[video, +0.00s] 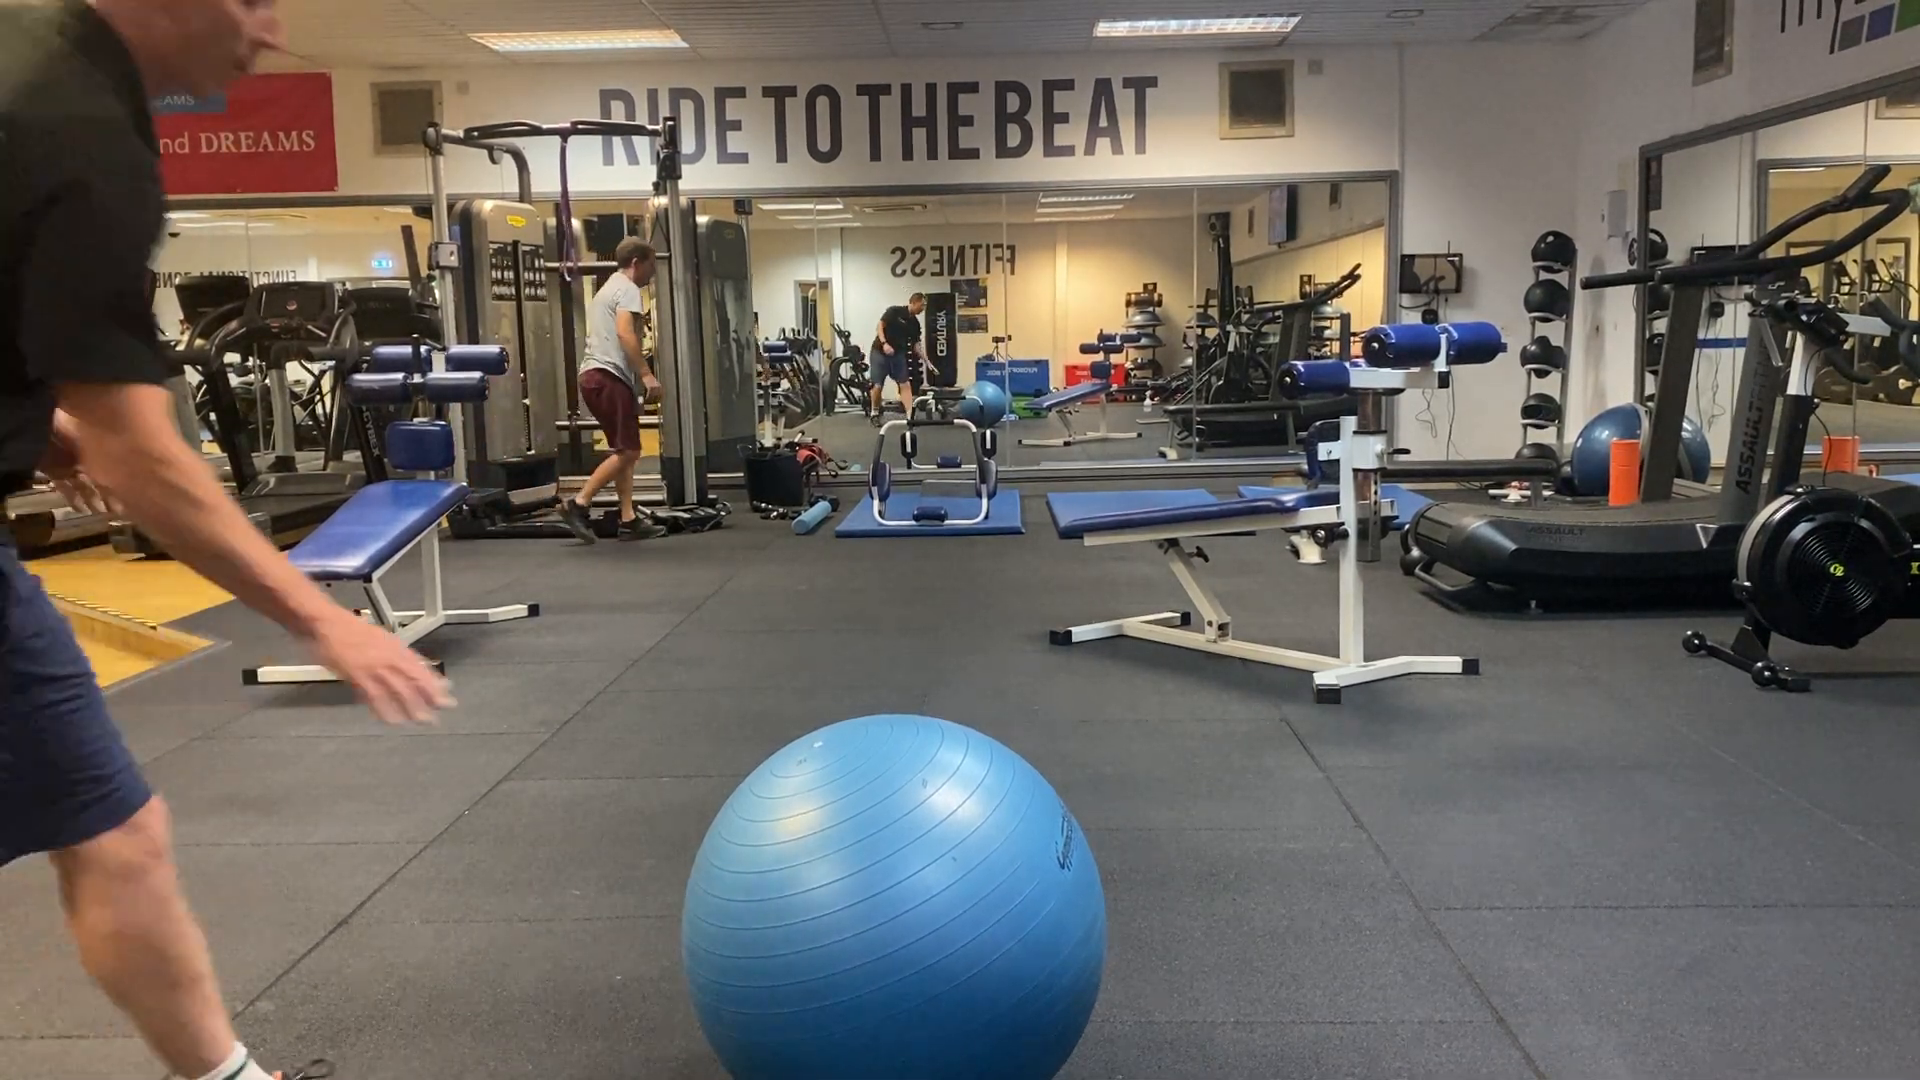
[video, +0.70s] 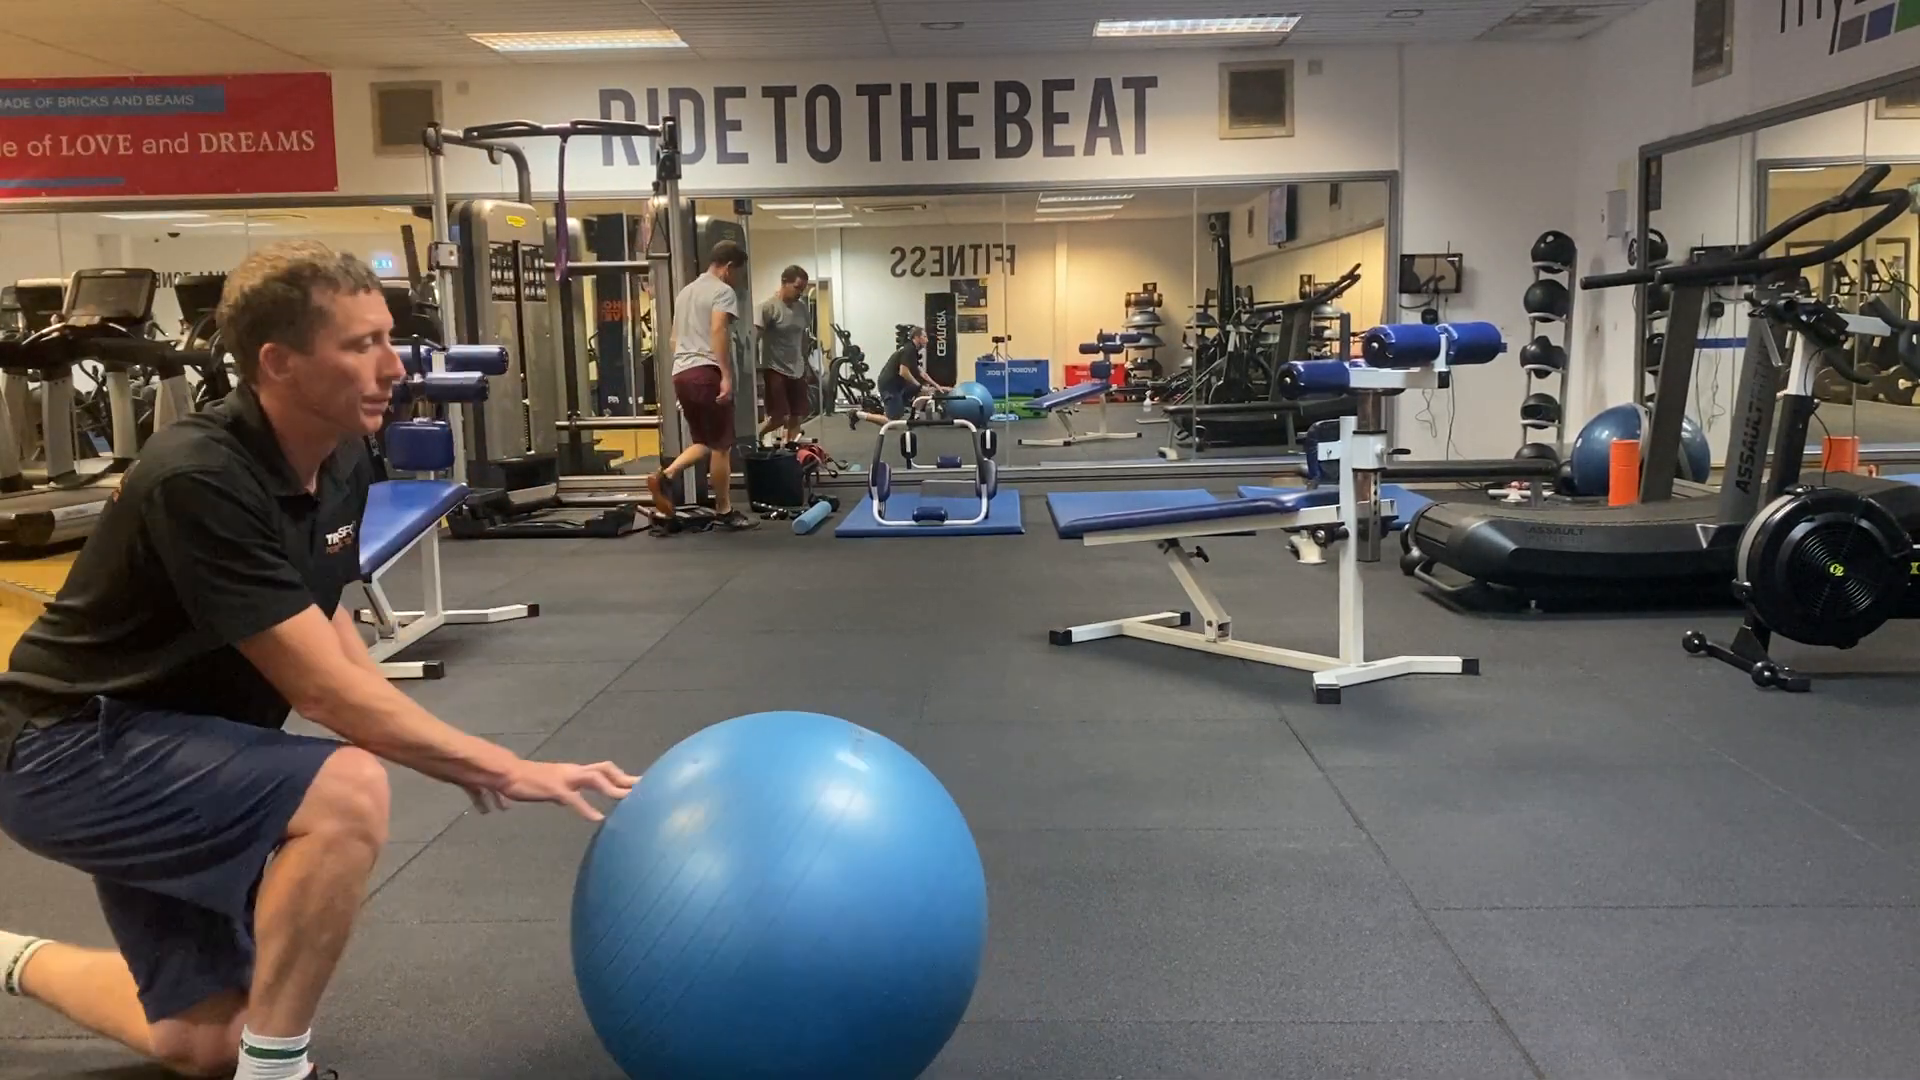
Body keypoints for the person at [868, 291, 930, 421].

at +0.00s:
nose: (922, 309)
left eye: (923, 306)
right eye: (921, 306)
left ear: (918, 305)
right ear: (913, 302)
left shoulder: (915, 324)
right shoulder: (894, 311)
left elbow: (917, 346)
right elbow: (880, 326)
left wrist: (926, 361)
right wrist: (884, 343)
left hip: (899, 353)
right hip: (881, 350)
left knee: (904, 383)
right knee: (877, 385)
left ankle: (910, 415)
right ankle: (875, 413)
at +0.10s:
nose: (927, 318)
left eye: (929, 316)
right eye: (926, 315)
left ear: (930, 316)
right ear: (920, 312)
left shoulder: (923, 332)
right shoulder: (901, 317)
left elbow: (929, 353)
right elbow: (884, 330)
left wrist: (943, 370)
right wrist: (887, 350)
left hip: (899, 355)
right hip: (883, 351)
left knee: (913, 384)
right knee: (879, 385)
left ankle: (913, 417)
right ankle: (866, 406)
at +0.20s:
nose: (935, 328)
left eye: (936, 325)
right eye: (934, 324)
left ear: (934, 324)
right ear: (926, 322)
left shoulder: (929, 337)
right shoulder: (907, 324)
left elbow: (936, 356)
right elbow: (888, 337)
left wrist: (953, 371)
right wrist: (889, 358)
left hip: (901, 359)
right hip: (884, 356)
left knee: (916, 384)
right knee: (882, 388)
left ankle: (913, 416)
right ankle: (856, 404)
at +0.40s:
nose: (939, 339)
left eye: (939, 337)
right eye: (938, 336)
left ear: (933, 336)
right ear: (931, 334)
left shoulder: (931, 348)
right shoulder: (915, 337)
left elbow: (938, 366)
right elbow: (895, 351)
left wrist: (957, 380)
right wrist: (900, 373)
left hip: (904, 370)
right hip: (886, 368)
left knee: (923, 387)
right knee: (883, 402)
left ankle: (911, 408)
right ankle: (851, 412)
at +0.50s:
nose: (937, 343)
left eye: (937, 340)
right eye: (936, 340)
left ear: (929, 338)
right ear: (928, 338)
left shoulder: (925, 351)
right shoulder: (913, 345)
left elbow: (935, 371)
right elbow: (898, 361)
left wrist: (951, 384)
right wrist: (907, 381)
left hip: (904, 376)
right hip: (888, 377)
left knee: (925, 387)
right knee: (892, 411)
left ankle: (902, 406)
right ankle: (859, 412)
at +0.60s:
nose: (933, 341)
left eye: (934, 339)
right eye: (932, 338)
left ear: (924, 338)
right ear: (923, 338)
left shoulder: (921, 351)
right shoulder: (911, 347)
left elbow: (927, 371)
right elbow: (901, 366)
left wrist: (944, 385)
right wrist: (914, 385)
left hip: (901, 381)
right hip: (890, 381)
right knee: (892, 417)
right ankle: (856, 414)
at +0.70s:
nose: (926, 340)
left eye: (926, 337)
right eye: (924, 337)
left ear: (917, 338)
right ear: (917, 338)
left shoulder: (913, 351)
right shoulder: (909, 349)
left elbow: (920, 372)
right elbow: (903, 372)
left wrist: (937, 386)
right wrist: (919, 386)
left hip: (900, 382)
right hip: (889, 385)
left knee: (923, 393)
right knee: (893, 420)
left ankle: (913, 419)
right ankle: (858, 414)